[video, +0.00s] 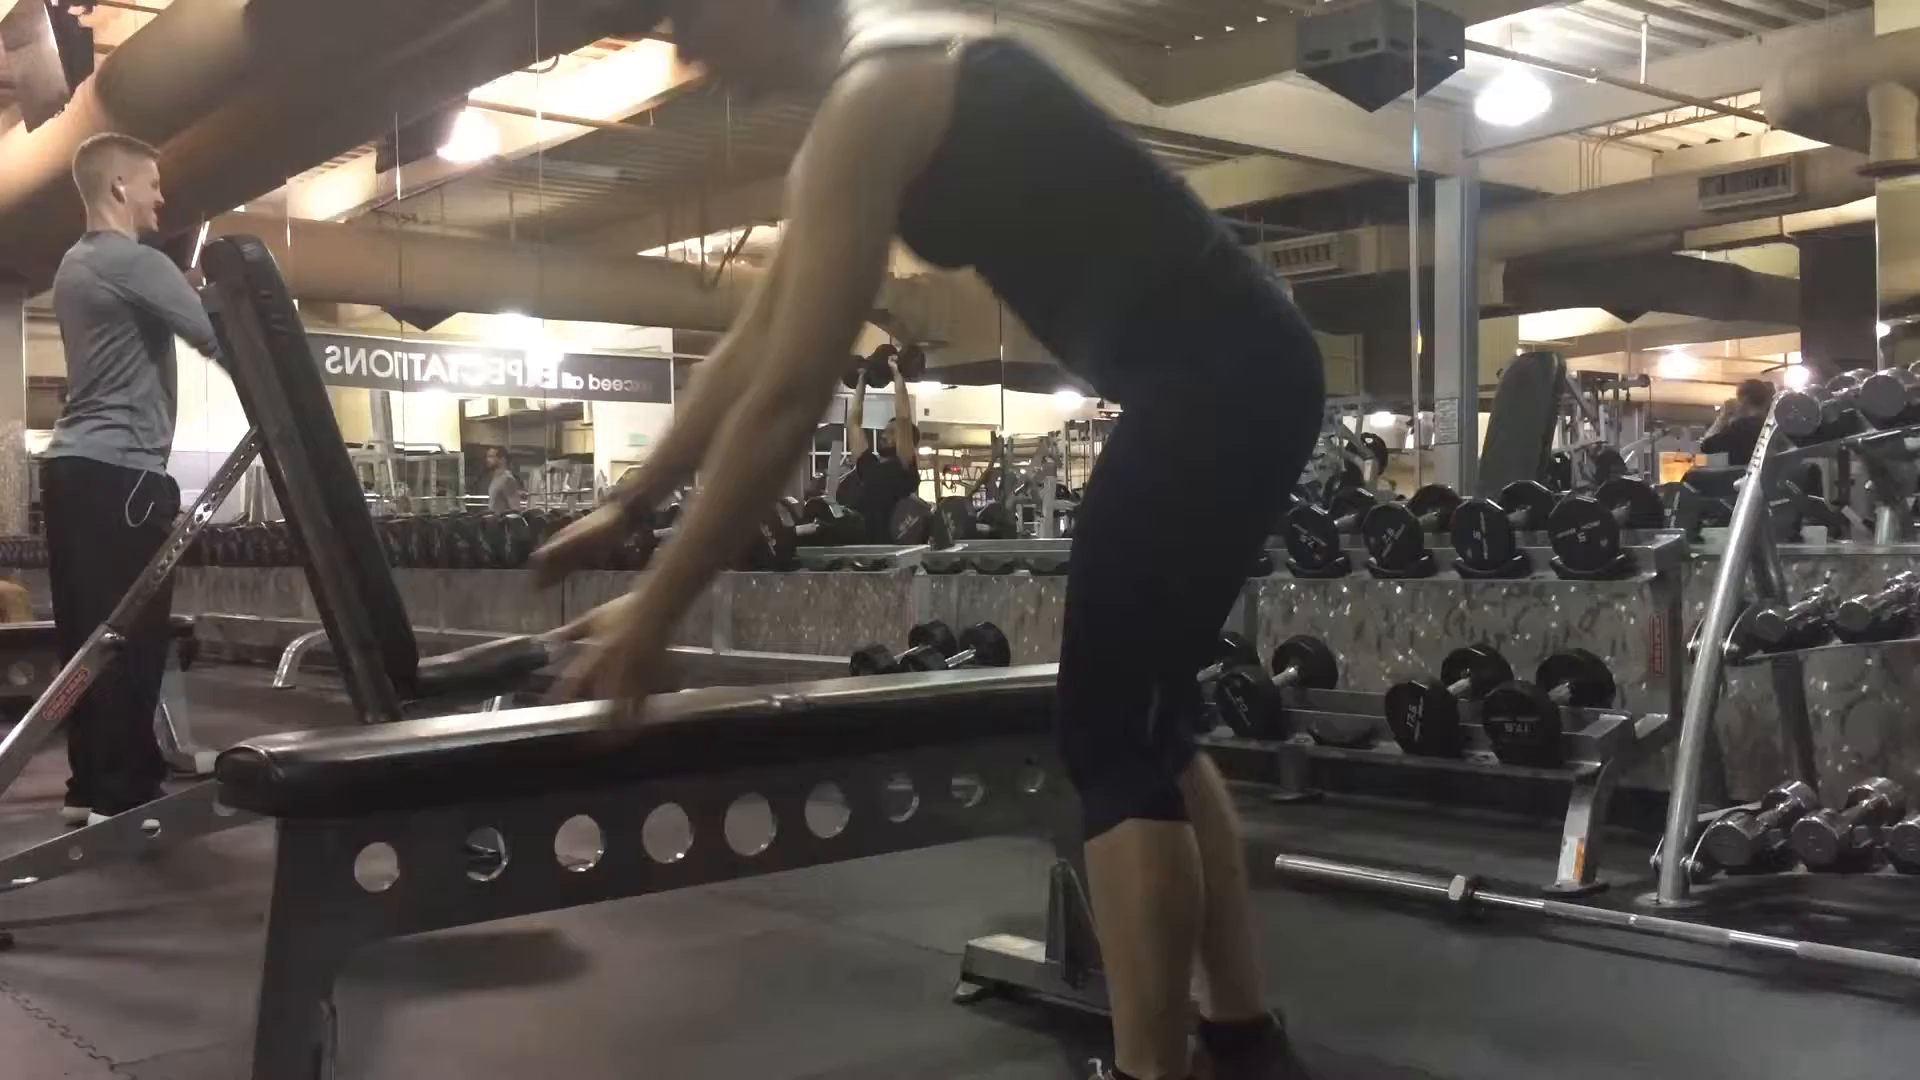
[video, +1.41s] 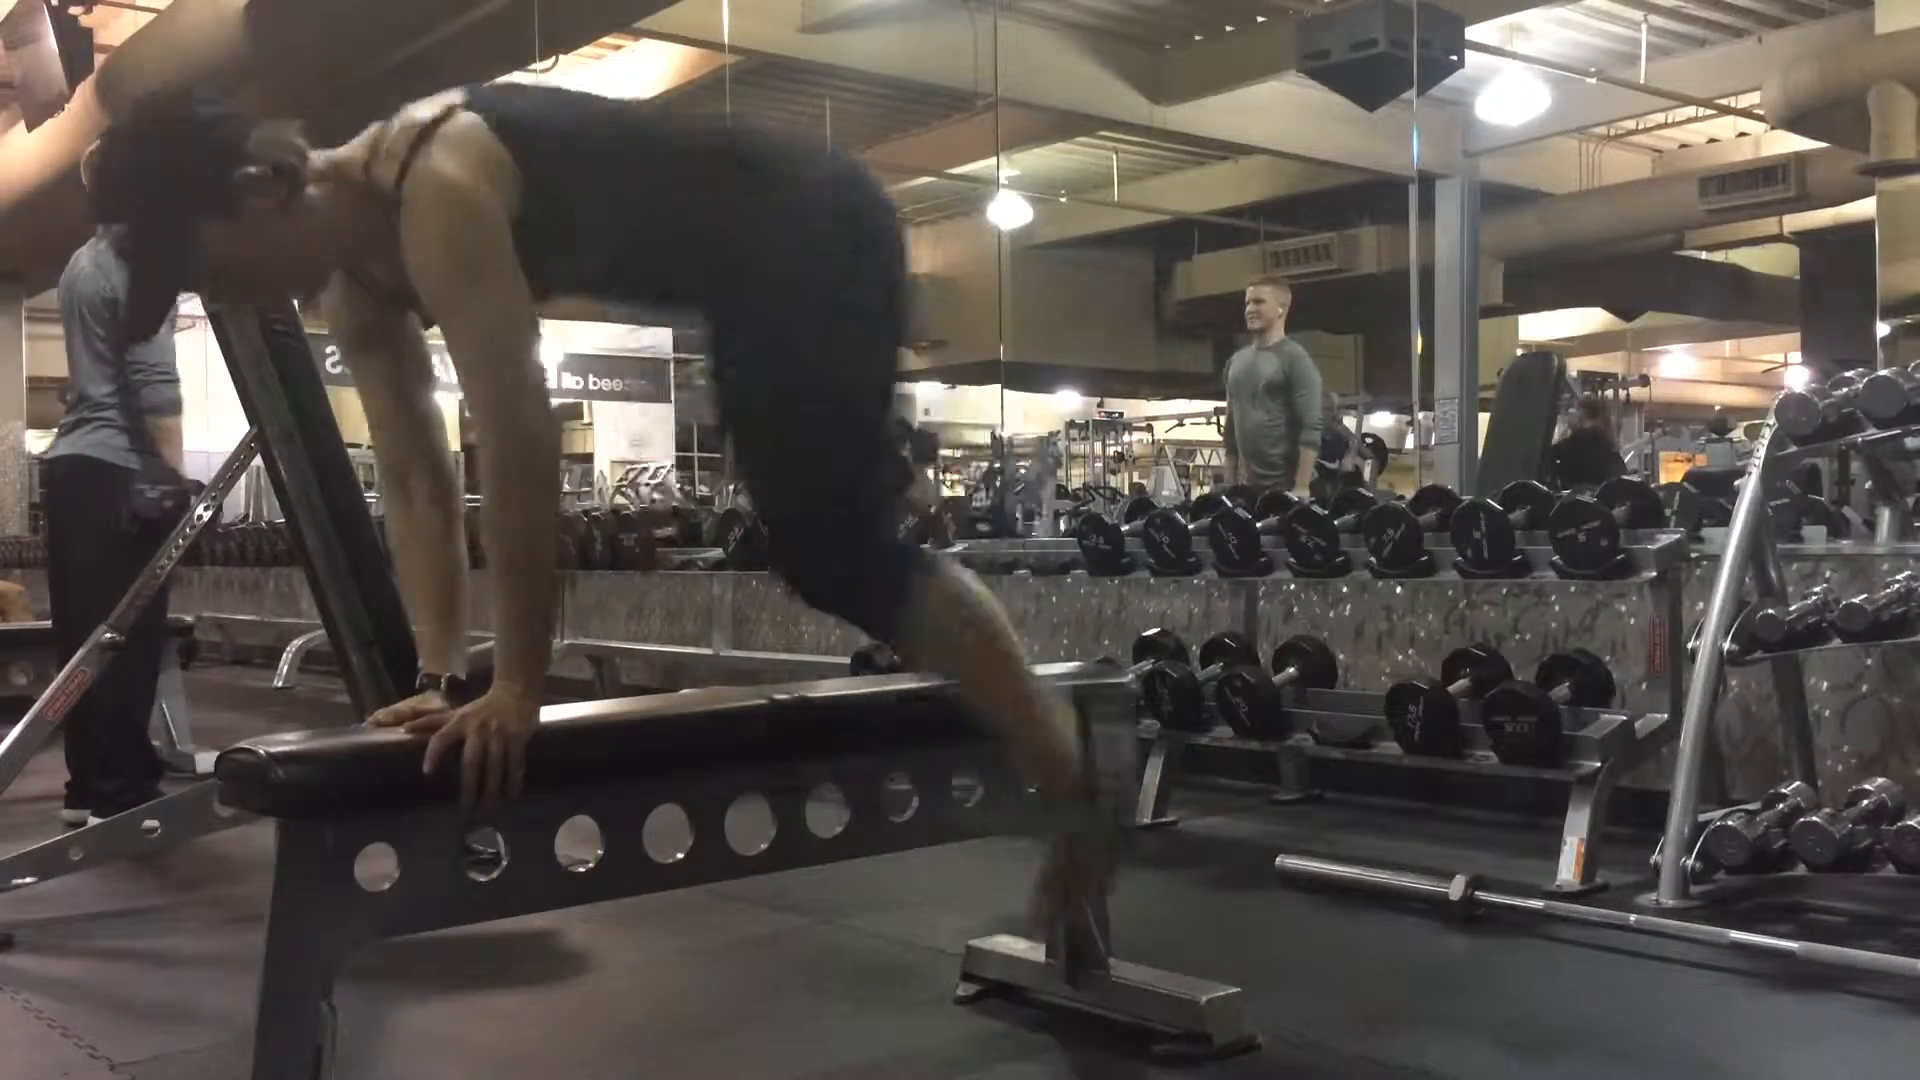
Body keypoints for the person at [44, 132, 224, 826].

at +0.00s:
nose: (160, 198)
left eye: (158, 186)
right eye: (152, 185)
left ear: (103, 193)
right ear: (119, 188)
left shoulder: (76, 264)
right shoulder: (134, 259)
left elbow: (150, 333)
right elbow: (220, 339)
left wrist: (187, 279)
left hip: (71, 468)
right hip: (123, 473)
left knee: (86, 634)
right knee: (133, 634)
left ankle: (91, 786)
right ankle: (127, 794)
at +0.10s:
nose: (158, 200)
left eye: (157, 188)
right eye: (151, 187)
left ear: (102, 192)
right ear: (117, 188)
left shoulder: (74, 264)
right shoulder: (131, 256)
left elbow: (146, 323)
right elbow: (220, 317)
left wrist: (186, 273)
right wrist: (226, 275)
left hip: (73, 468)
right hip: (120, 473)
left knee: (88, 635)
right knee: (132, 635)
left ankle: (92, 787)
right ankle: (126, 794)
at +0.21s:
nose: (160, 207)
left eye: (161, 193)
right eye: (154, 192)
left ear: (100, 194)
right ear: (116, 189)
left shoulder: (74, 262)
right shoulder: (129, 252)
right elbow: (232, 293)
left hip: (71, 469)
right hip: (121, 474)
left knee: (86, 634)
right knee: (133, 636)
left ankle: (90, 786)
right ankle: (127, 793)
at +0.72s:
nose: (156, 204)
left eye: (156, 192)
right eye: (150, 190)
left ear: (98, 193)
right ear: (115, 188)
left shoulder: (67, 264)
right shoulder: (118, 249)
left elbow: (137, 317)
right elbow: (232, 265)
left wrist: (205, 300)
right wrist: (331, 292)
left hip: (74, 468)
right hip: (124, 471)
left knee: (86, 632)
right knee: (140, 631)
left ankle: (91, 783)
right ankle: (126, 789)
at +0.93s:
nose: (162, 199)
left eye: (161, 187)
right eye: (156, 186)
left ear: (102, 193)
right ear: (127, 187)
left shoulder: (66, 267)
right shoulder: (137, 256)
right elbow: (221, 332)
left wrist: (184, 272)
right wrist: (223, 278)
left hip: (69, 466)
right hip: (125, 470)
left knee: (86, 629)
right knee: (139, 628)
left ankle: (92, 782)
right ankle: (126, 791)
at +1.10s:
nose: (168, 199)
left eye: (166, 187)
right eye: (161, 186)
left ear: (107, 194)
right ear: (134, 189)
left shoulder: (67, 272)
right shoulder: (146, 266)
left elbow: (83, 375)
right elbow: (199, 370)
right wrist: (242, 449)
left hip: (71, 468)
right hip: (130, 472)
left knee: (85, 629)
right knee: (142, 629)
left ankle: (90, 784)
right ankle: (126, 791)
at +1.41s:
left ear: (95, 196)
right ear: (150, 203)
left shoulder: (76, 266)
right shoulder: (130, 271)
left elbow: (91, 385)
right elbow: (156, 386)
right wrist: (179, 479)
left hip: (69, 465)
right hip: (120, 469)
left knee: (81, 629)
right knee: (132, 629)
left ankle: (87, 784)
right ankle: (123, 789)